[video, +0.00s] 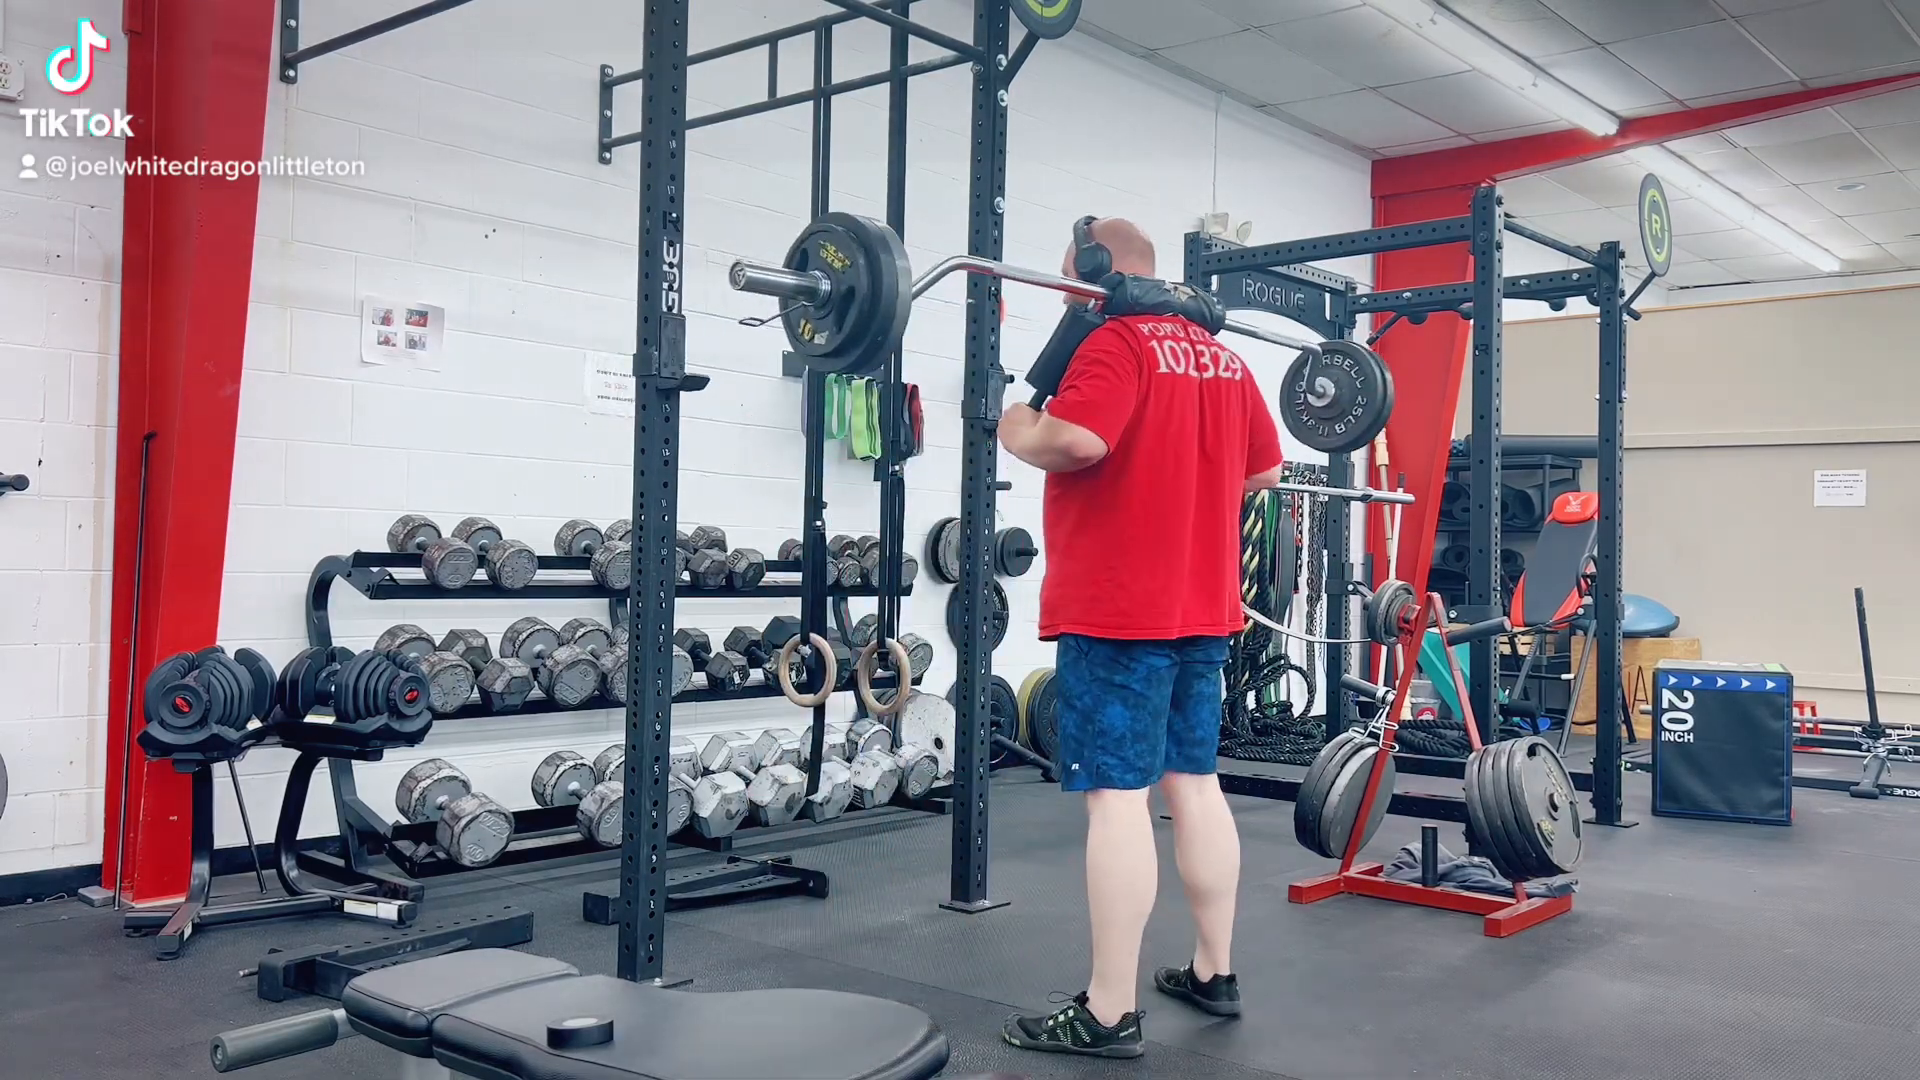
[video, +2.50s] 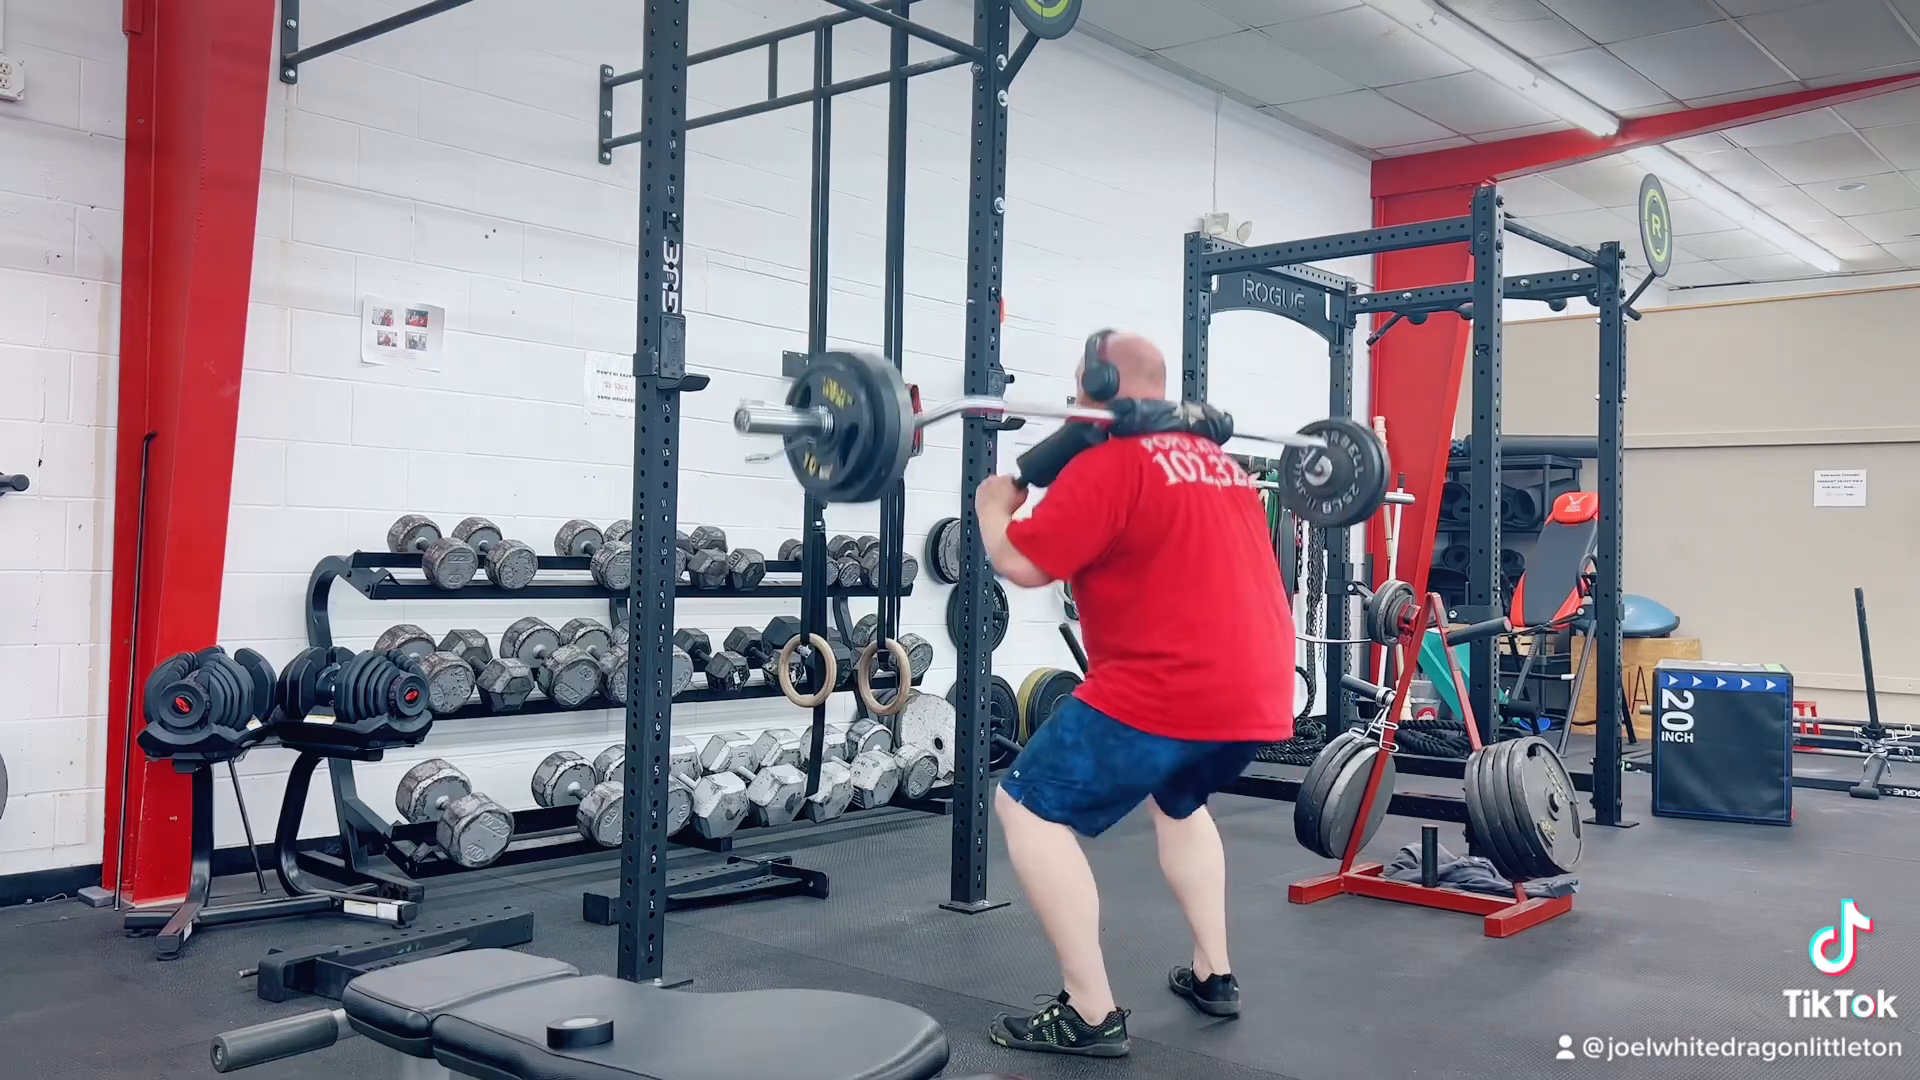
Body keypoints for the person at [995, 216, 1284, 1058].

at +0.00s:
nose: (1068, 291)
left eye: (1070, 278)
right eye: (1069, 277)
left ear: (1088, 278)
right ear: (1153, 271)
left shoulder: (1114, 341)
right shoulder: (1220, 353)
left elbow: (1083, 441)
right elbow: (1263, 466)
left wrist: (1021, 429)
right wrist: (1183, 493)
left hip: (1120, 604)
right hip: (1207, 603)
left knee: (1116, 795)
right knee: (1194, 781)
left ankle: (1109, 1008)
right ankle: (1216, 974)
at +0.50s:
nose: (1086, 286)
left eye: (1088, 274)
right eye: (1089, 274)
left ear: (1104, 277)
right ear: (1175, 275)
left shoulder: (1119, 343)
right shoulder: (1228, 360)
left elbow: (1084, 444)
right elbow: (1265, 471)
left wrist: (1025, 427)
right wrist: (1180, 478)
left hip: (1117, 608)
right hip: (1207, 609)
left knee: (1111, 796)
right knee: (1204, 780)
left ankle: (1095, 1009)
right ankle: (1217, 974)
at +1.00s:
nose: (1091, 301)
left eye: (1096, 289)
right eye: (1097, 287)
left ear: (1114, 298)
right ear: (1181, 301)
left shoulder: (1118, 372)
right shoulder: (1233, 381)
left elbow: (1030, 467)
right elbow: (1238, 498)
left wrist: (1005, 422)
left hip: (1131, 633)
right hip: (1230, 632)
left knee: (1066, 791)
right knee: (1184, 787)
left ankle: (1093, 1008)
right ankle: (1216, 972)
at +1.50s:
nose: (1064, 594)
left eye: (1068, 581)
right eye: (1067, 580)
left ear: (1087, 589)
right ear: (1150, 589)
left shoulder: (1098, 669)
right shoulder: (1204, 649)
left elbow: (998, 763)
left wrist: (981, 699)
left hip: (1192, 889)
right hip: (1271, 882)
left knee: (987, 821)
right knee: (1161, 795)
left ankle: (1088, 1009)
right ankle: (1208, 971)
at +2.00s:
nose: (1084, 304)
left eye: (1087, 292)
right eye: (1087, 291)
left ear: (1103, 296)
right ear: (1171, 293)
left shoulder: (1115, 363)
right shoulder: (1227, 374)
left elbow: (1033, 452)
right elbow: (1252, 481)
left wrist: (1006, 418)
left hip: (1134, 611)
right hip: (1231, 612)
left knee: (1077, 782)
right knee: (1187, 779)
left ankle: (1094, 1005)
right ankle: (1216, 973)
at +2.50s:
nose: (1075, 402)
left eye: (1078, 389)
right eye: (1076, 390)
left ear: (1098, 393)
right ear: (1163, 389)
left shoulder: (1114, 463)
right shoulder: (1221, 463)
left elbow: (1022, 562)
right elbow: (1256, 569)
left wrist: (992, 506)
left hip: (1159, 692)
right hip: (1261, 696)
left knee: (1026, 802)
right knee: (1178, 800)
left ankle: (1090, 1008)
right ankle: (1215, 973)